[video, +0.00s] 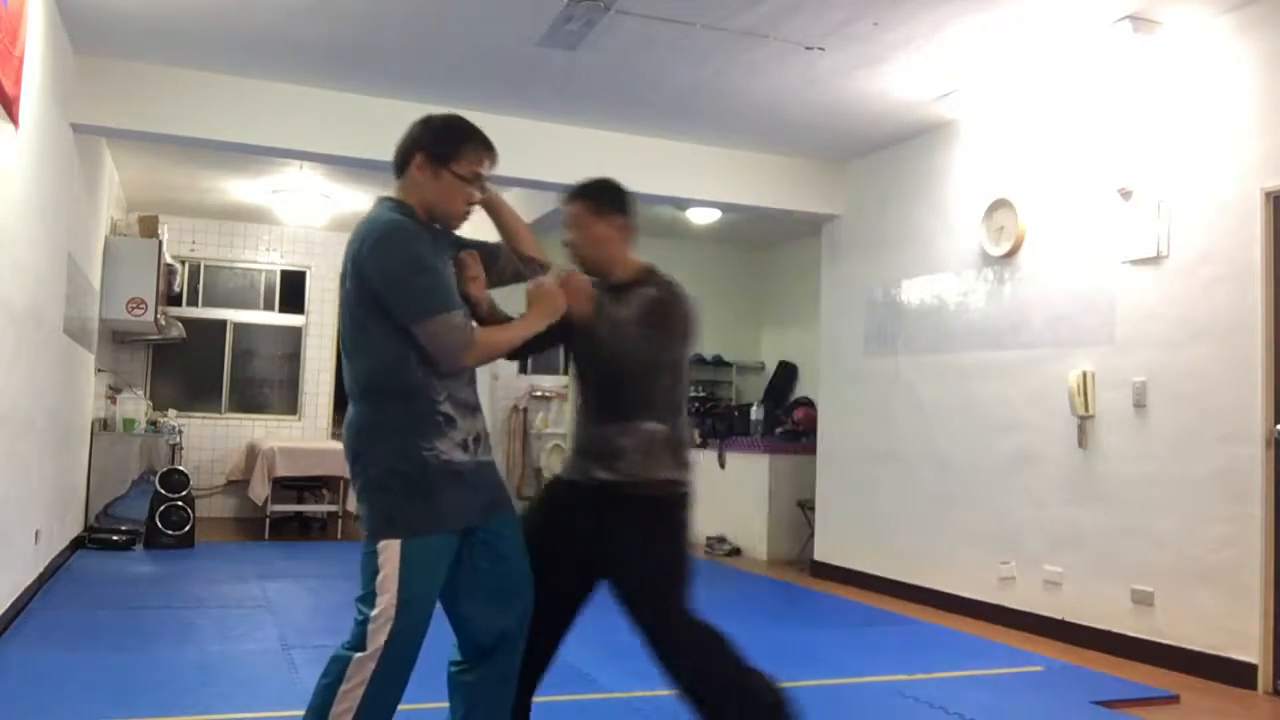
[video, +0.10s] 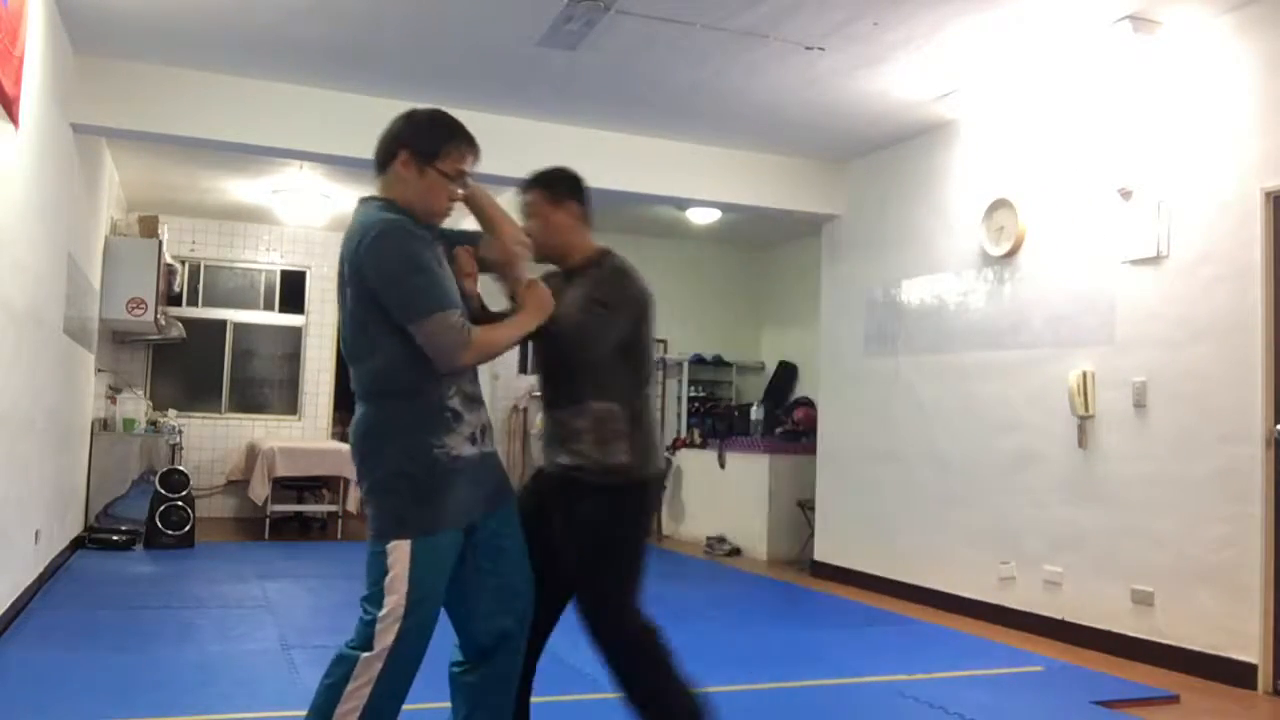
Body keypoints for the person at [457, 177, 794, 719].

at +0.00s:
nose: (571, 243)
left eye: (579, 229)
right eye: (568, 231)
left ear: (617, 226)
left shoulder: (665, 300)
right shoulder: (589, 296)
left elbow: (638, 368)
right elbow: (526, 345)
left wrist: (587, 312)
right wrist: (484, 305)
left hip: (648, 495)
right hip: (583, 488)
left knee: (664, 624)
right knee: (521, 626)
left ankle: (758, 710)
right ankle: (499, 709)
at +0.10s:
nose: (526, 229)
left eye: (534, 215)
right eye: (525, 216)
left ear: (570, 213)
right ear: (566, 217)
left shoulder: (616, 281)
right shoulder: (556, 287)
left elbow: (578, 346)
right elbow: (518, 339)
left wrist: (518, 281)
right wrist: (470, 291)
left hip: (617, 484)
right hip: (560, 478)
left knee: (612, 619)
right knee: (515, 625)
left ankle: (680, 713)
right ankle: (502, 709)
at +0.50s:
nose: (469, 213)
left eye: (477, 198)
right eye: (466, 202)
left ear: (520, 194)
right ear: (510, 199)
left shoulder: (551, 250)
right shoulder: (515, 260)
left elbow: (514, 309)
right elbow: (479, 312)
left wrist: (440, 243)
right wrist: (429, 246)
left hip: (564, 462)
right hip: (523, 462)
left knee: (572, 618)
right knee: (527, 619)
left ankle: (596, 714)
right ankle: (535, 710)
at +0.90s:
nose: (477, 211)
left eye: (487, 197)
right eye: (475, 201)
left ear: (528, 193)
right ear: (523, 199)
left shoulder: (558, 250)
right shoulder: (525, 261)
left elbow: (479, 292)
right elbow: (456, 303)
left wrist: (394, 228)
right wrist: (385, 232)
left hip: (571, 462)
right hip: (524, 461)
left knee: (568, 612)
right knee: (509, 606)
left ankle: (595, 714)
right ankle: (513, 709)